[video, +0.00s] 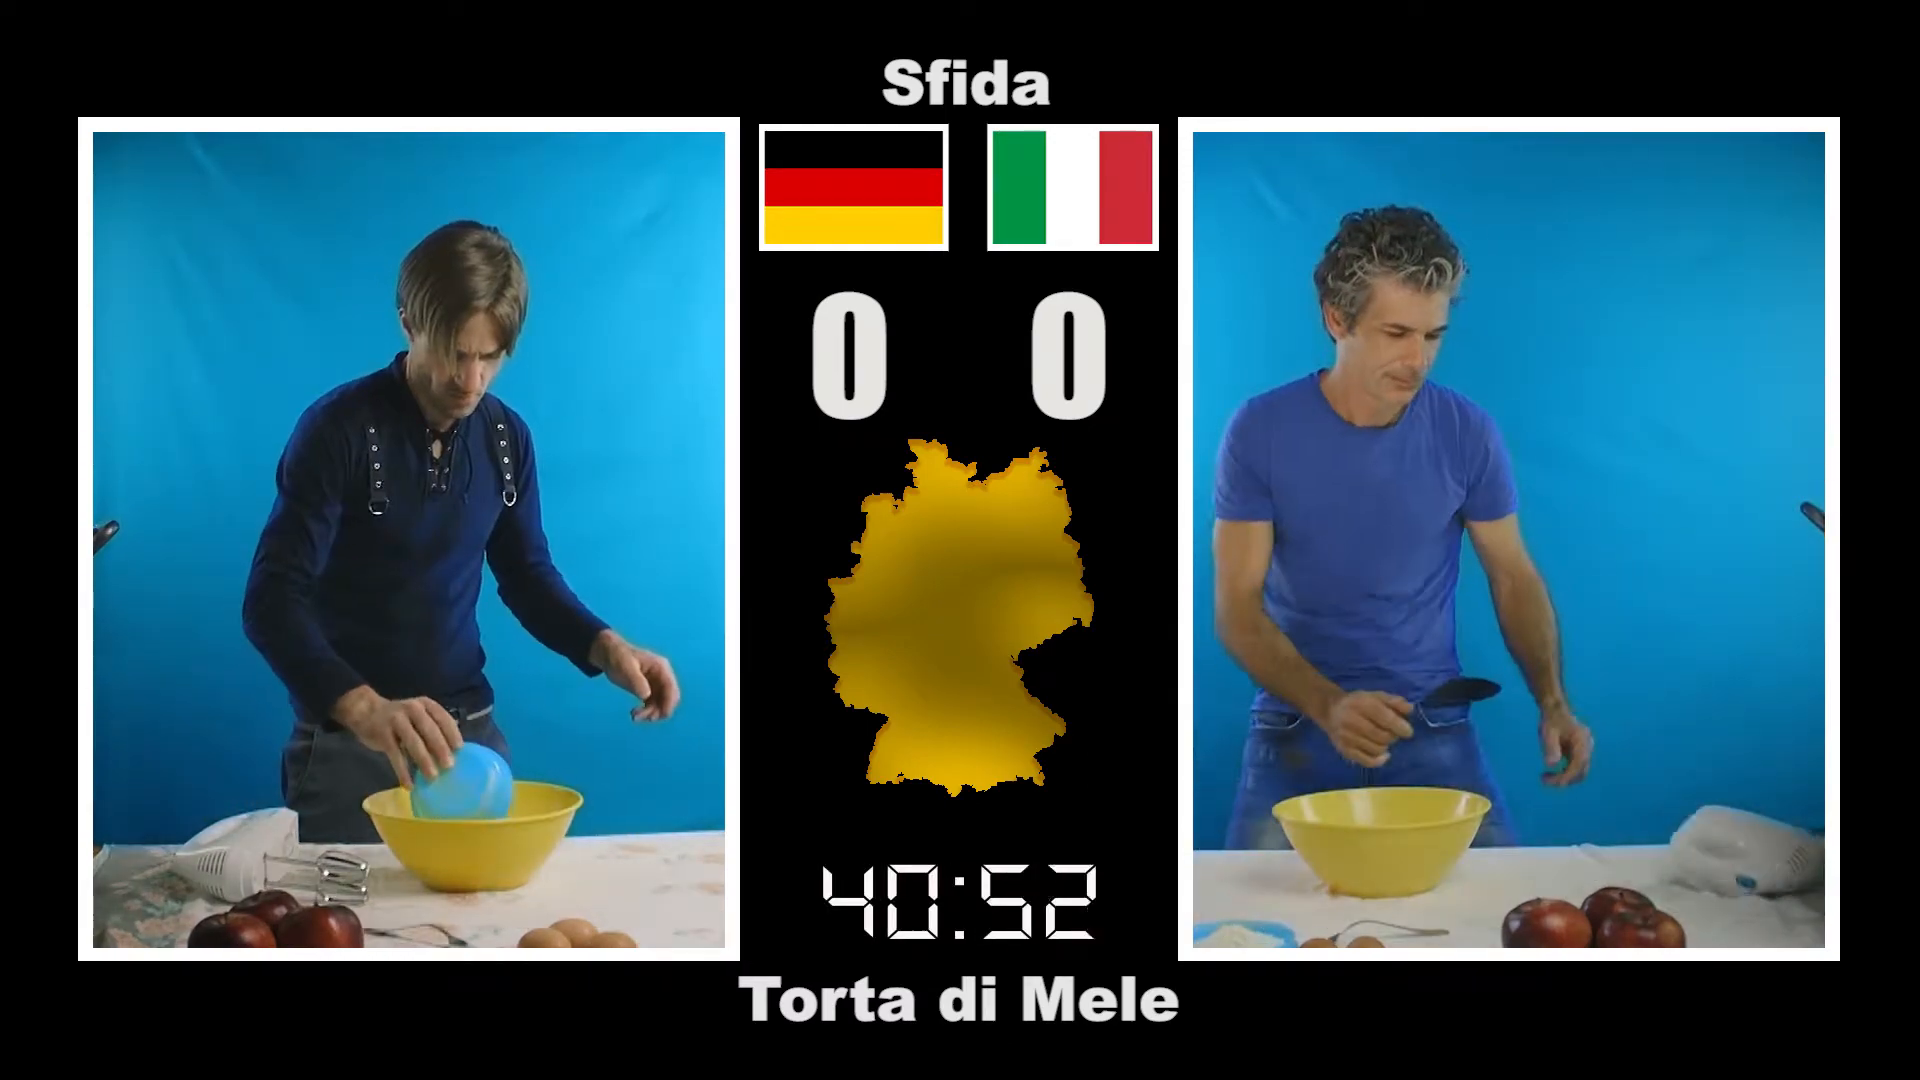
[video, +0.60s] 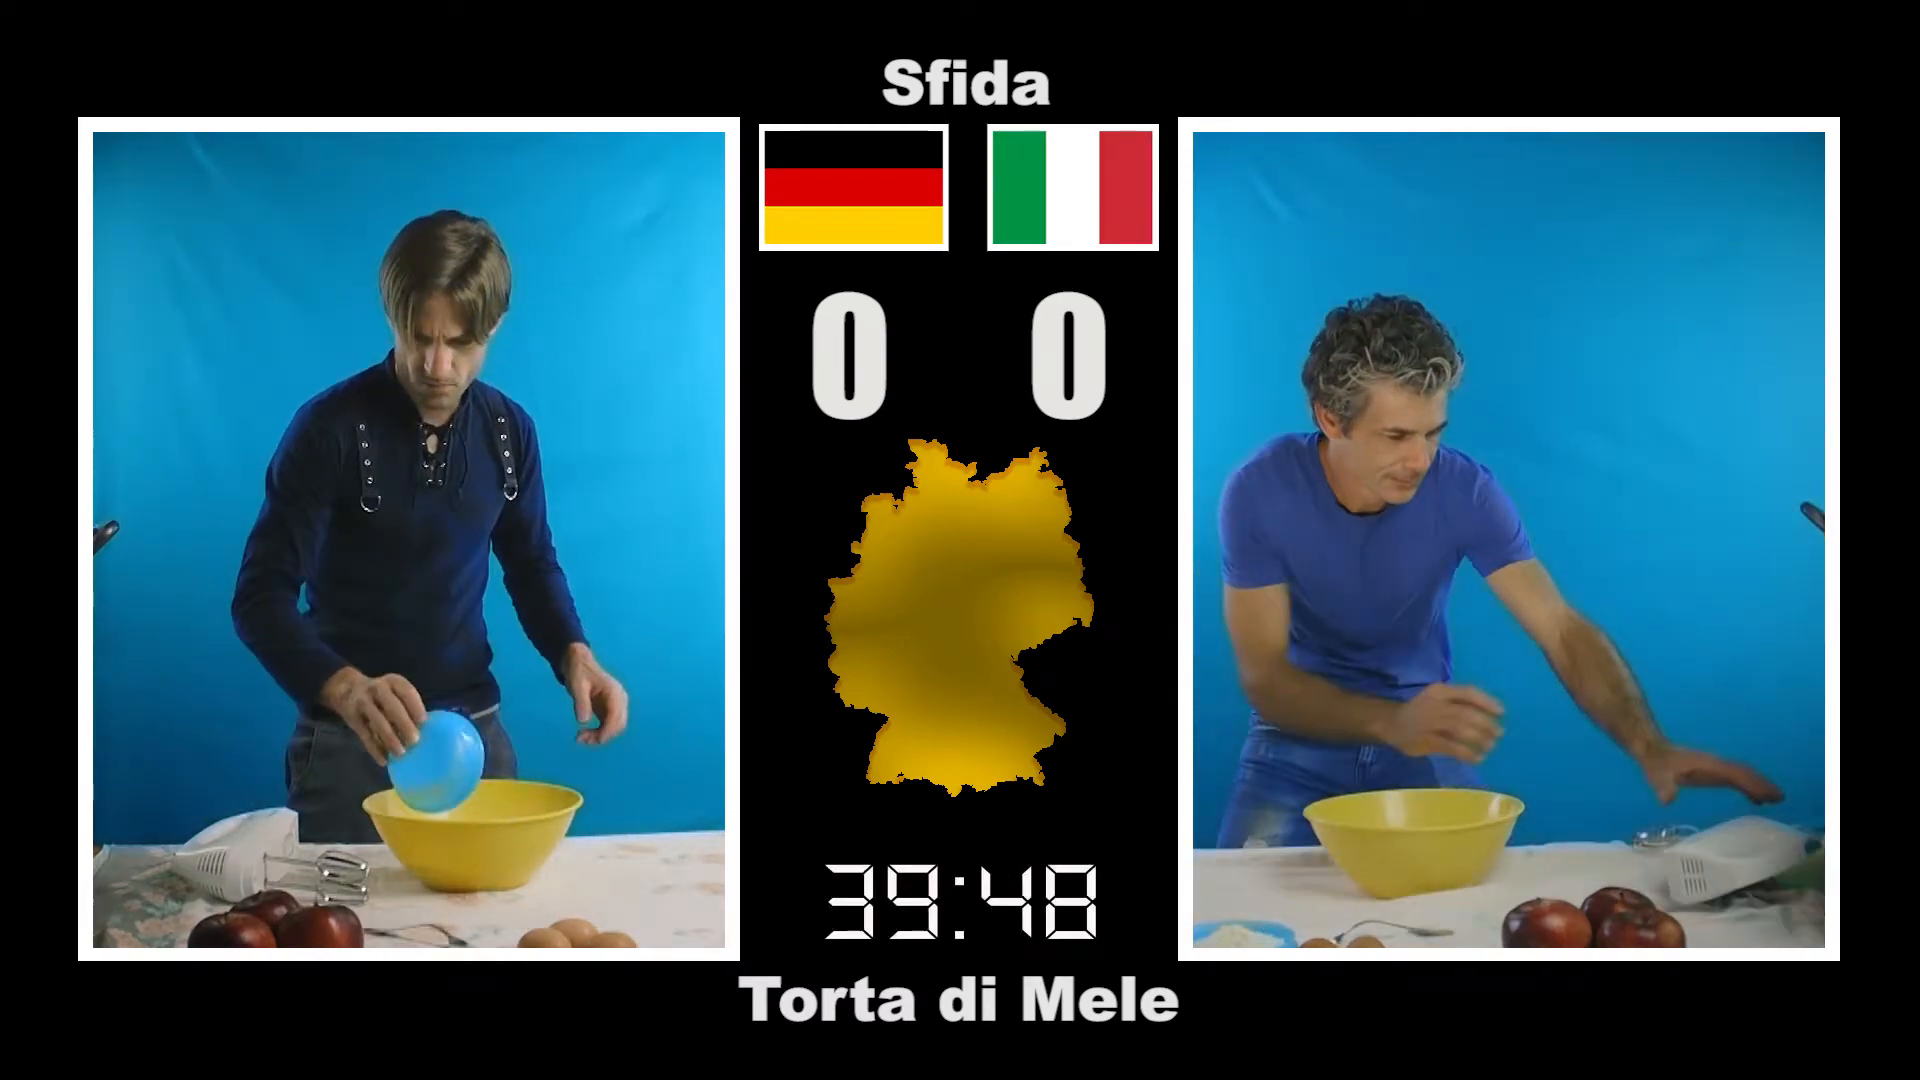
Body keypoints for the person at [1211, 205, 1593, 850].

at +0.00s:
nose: (1417, 359)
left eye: (1434, 335)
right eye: (1396, 334)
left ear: (1447, 326)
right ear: (1338, 322)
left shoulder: (1464, 433)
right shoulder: (1262, 433)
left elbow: (1513, 574)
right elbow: (1238, 610)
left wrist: (1553, 701)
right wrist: (1329, 703)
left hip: (1433, 739)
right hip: (1297, 741)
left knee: (1496, 925)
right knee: (1265, 937)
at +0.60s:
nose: (1420, 460)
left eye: (1432, 433)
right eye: (1396, 438)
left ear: (1442, 411)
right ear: (1328, 421)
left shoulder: (1463, 493)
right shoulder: (1260, 495)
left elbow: (1561, 631)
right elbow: (1266, 684)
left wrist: (1651, 749)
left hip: (1419, 762)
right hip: (1294, 759)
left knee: (1436, 932)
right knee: (1254, 926)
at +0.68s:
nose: (1440, 467)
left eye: (1455, 440)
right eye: (1417, 445)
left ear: (1465, 420)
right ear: (1351, 430)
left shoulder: (1479, 493)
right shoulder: (1293, 497)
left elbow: (1571, 643)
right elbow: (1345, 684)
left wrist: (1640, 769)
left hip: (1433, 760)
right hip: (1309, 757)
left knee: (1456, 932)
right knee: (1272, 930)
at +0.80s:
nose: (1509, 479)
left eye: (1522, 452)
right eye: (1486, 454)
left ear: (1533, 439)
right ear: (1418, 445)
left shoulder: (1529, 507)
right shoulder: (1361, 524)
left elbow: (1578, 656)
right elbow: (1458, 667)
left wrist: (1624, 778)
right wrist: (1614, 763)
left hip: (1450, 761)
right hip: (1333, 769)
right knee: (1313, 937)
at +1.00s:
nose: (1612, 496)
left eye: (1630, 469)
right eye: (1589, 469)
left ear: (1644, 450)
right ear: (1524, 446)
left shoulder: (1630, 533)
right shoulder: (1449, 508)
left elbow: (1658, 690)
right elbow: (1467, 693)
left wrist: (1723, 794)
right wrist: (1616, 803)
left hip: (1500, 743)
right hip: (1383, 750)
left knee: (1524, 919)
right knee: (1361, 925)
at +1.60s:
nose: (1609, 422)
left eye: (1630, 395)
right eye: (1583, 395)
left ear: (1648, 374)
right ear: (1528, 368)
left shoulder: (1656, 467)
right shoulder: (1457, 448)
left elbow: (1702, 636)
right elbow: (1434, 644)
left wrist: (1789, 735)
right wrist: (1568, 696)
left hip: (1556, 729)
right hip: (1433, 719)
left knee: (1607, 922)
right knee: (1384, 922)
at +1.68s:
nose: (1605, 412)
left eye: (1624, 385)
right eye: (1579, 385)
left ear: (1640, 365)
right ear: (1522, 362)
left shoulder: (1649, 466)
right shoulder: (1453, 443)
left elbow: (1703, 648)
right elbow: (1458, 625)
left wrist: (1795, 734)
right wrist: (1617, 657)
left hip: (1553, 735)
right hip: (1425, 734)